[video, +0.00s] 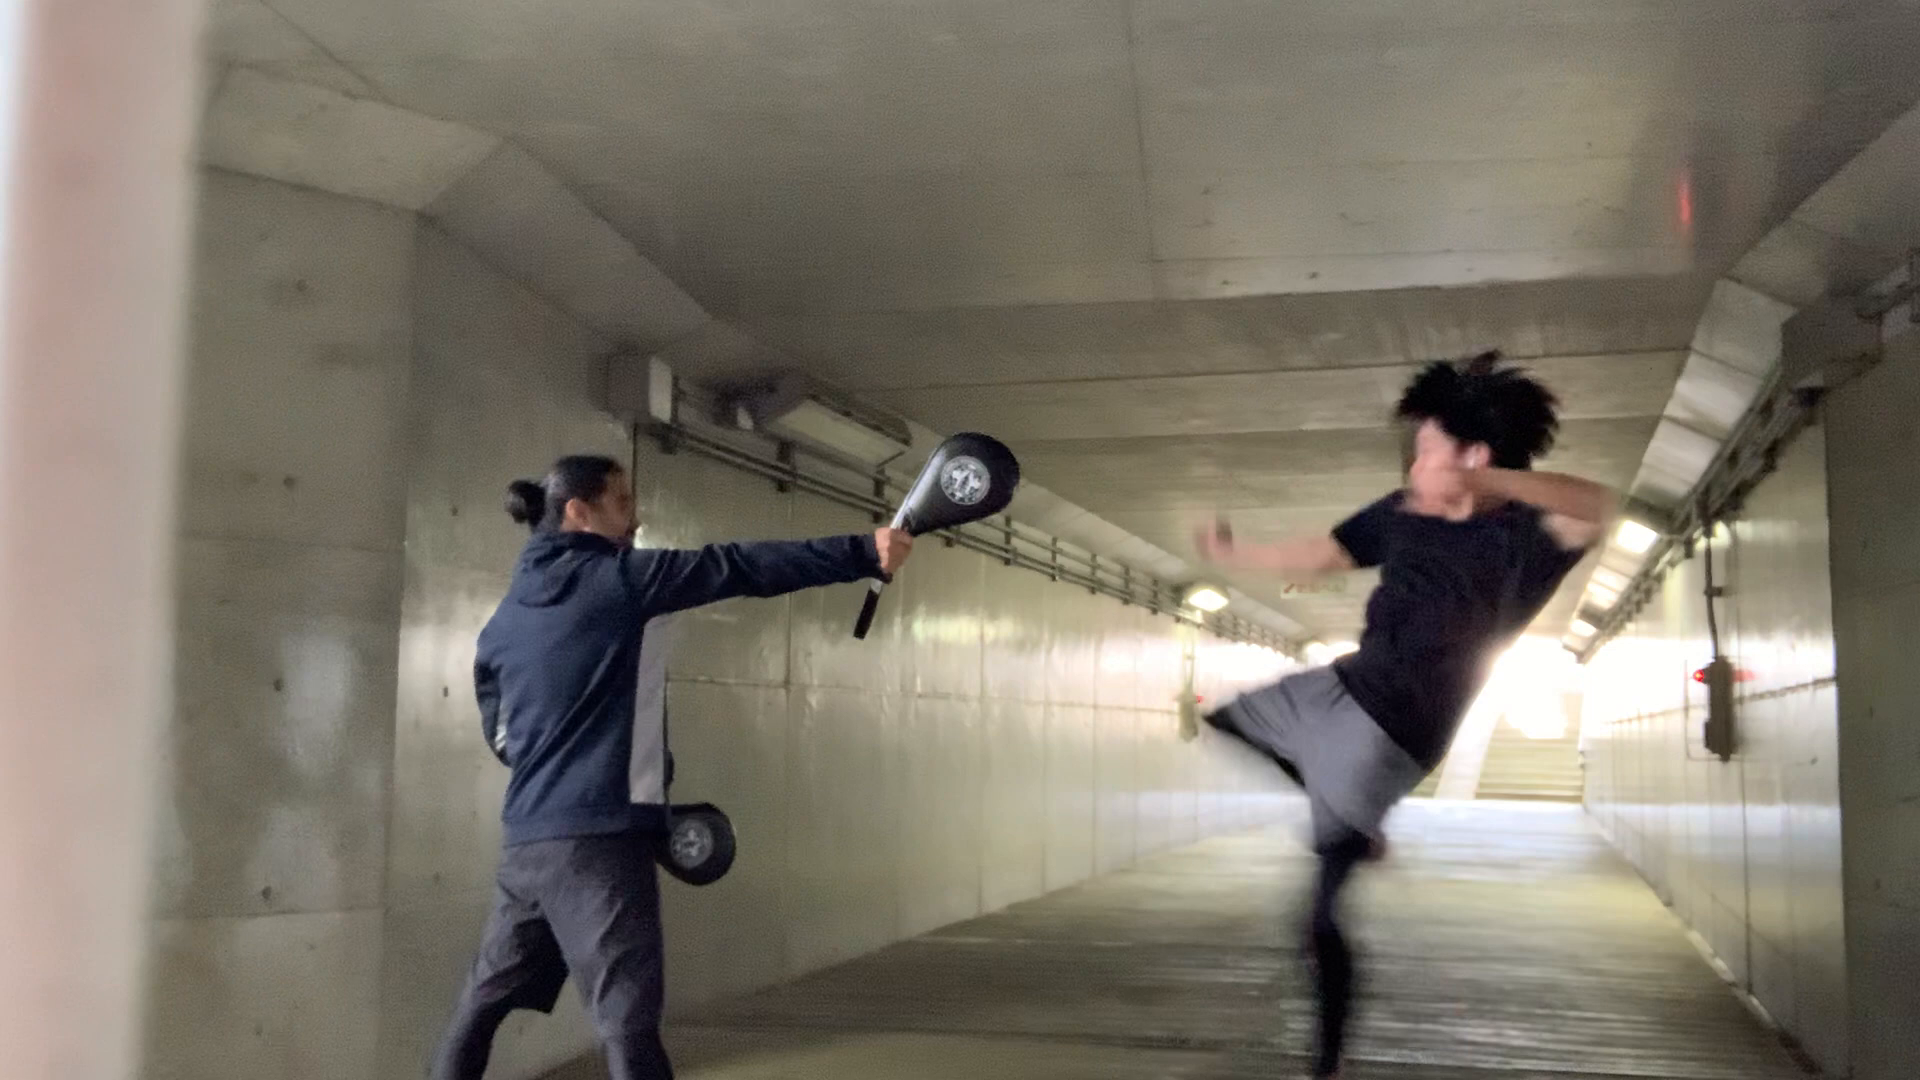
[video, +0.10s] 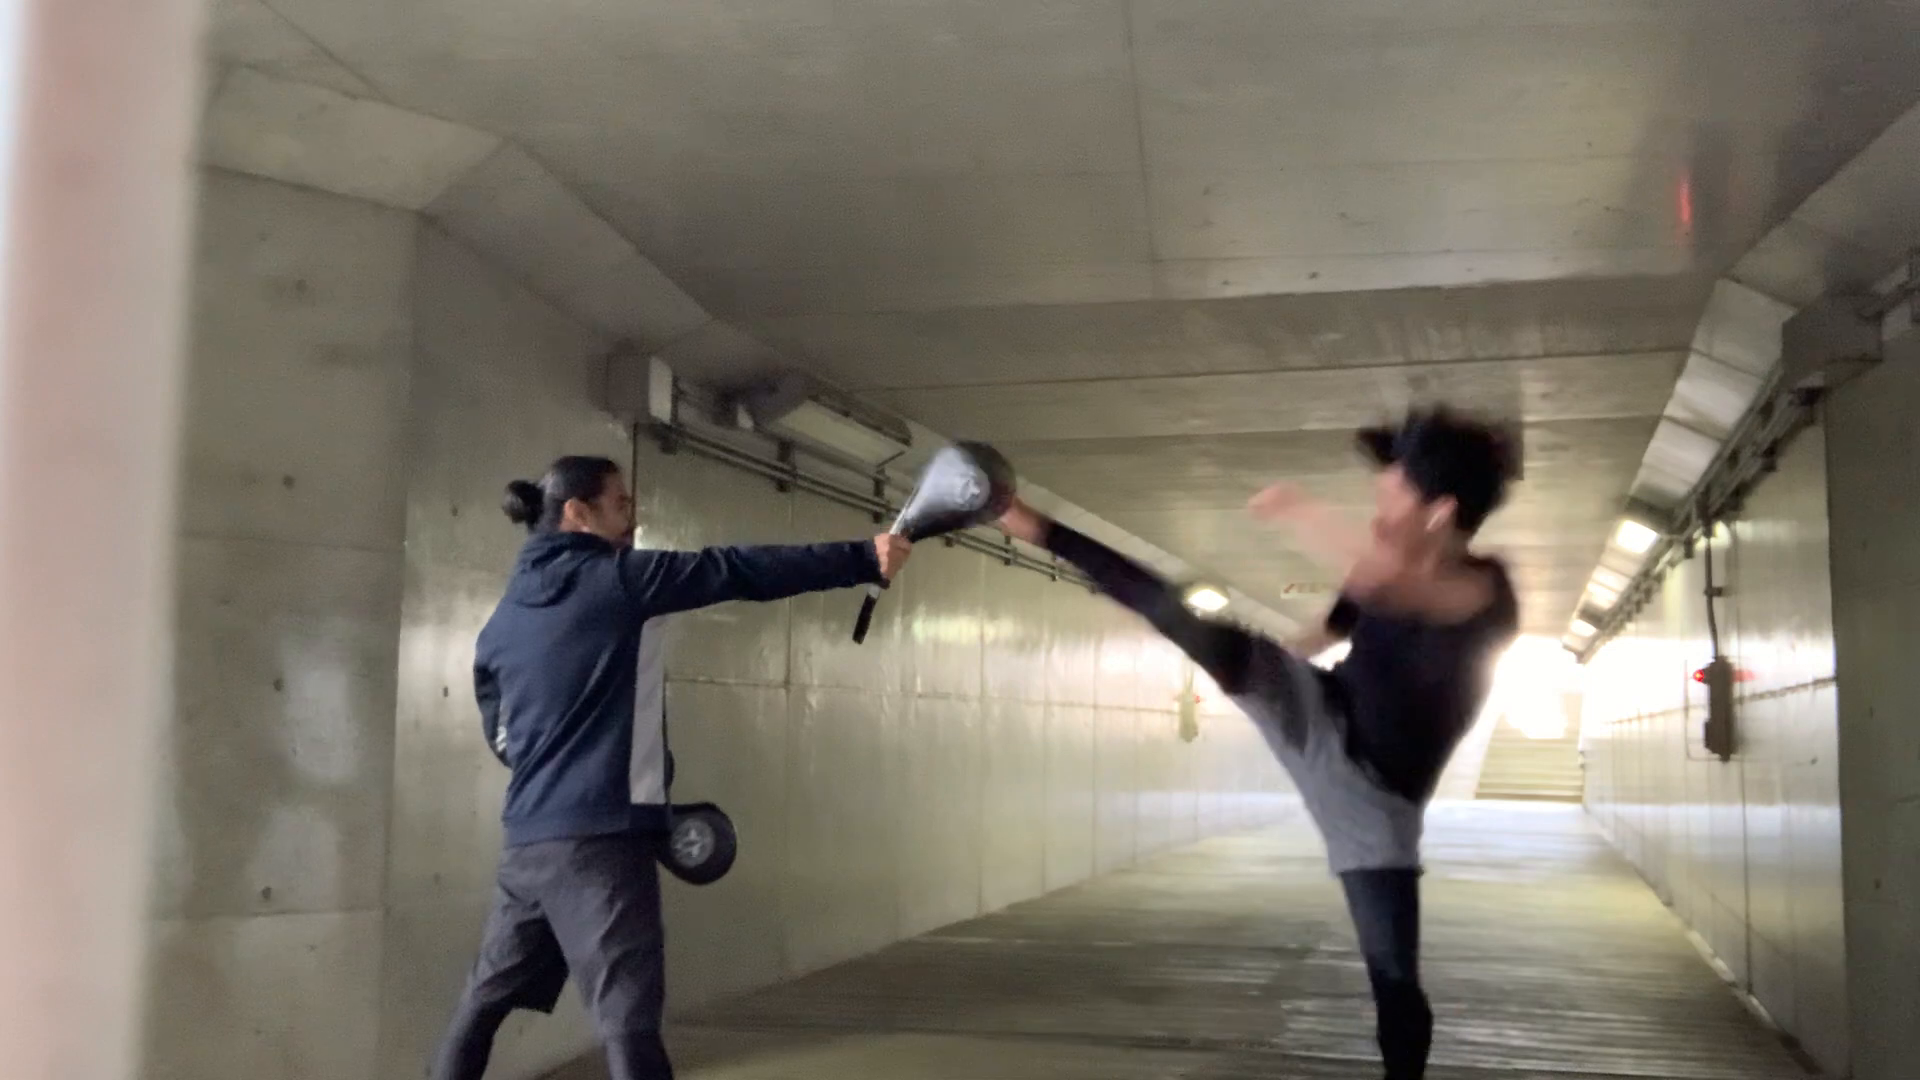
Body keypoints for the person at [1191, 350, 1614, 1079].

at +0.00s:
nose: (1412, 464)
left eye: (1424, 450)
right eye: (1416, 448)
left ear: (1473, 457)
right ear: (1460, 455)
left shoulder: (1525, 545)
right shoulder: (1407, 514)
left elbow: (1600, 507)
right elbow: (1320, 555)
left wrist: (1493, 481)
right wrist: (1228, 552)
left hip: (1393, 733)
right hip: (1337, 686)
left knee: (1323, 912)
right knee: (1229, 721)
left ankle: (1327, 1060)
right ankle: (1352, 831)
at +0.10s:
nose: (1380, 494)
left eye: (1393, 484)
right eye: (1384, 481)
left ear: (1440, 509)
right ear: (1427, 507)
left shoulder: (1486, 589)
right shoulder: (1384, 569)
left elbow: (1396, 588)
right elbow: (1324, 635)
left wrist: (1302, 516)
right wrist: (1253, 661)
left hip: (1377, 799)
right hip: (1317, 713)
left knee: (1395, 979)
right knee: (1186, 618)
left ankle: (1404, 1076)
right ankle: (1033, 526)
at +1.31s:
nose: (1349, 537)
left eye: (1362, 524)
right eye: (1352, 523)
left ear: (1403, 540)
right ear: (1401, 542)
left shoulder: (1427, 620)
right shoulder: (1409, 619)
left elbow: (1441, 752)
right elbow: (1431, 752)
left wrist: (1379, 866)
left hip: (1449, 865)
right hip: (1406, 858)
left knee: (1468, 1048)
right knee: (1354, 1021)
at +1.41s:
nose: (1372, 534)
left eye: (1385, 520)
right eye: (1375, 520)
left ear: (1431, 535)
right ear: (1425, 537)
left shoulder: (1470, 617)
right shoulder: (1419, 624)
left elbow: (1506, 755)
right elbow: (1443, 747)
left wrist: (1446, 872)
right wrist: (1398, 820)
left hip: (1507, 860)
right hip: (1435, 848)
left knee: (1533, 1049)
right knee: (1399, 1023)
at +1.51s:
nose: (1402, 540)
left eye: (1415, 526)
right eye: (1404, 526)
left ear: (1462, 539)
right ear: (1455, 542)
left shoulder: (1511, 624)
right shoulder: (1455, 628)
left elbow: (1564, 762)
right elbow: (1485, 749)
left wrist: (1513, 888)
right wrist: (1442, 830)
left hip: (1565, 863)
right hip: (1492, 850)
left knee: (1567, 1052)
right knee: (1458, 1023)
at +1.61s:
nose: (1435, 541)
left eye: (1449, 528)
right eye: (1437, 527)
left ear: (1495, 540)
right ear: (1487, 543)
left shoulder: (1547, 628)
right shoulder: (1493, 629)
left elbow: (1602, 771)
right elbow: (1539, 753)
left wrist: (1578, 903)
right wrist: (1508, 837)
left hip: (1607, 869)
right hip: (1535, 855)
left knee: (1593, 1050)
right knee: (1513, 1024)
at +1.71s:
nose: (1471, 534)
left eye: (1485, 520)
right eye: (1474, 519)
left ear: (1534, 534)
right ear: (1528, 537)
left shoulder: (1583, 626)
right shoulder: (1540, 624)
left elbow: (1632, 773)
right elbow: (1585, 752)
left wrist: (1619, 908)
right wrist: (1550, 828)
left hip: (1639, 868)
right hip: (1580, 857)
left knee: (1617, 1048)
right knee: (1575, 1024)